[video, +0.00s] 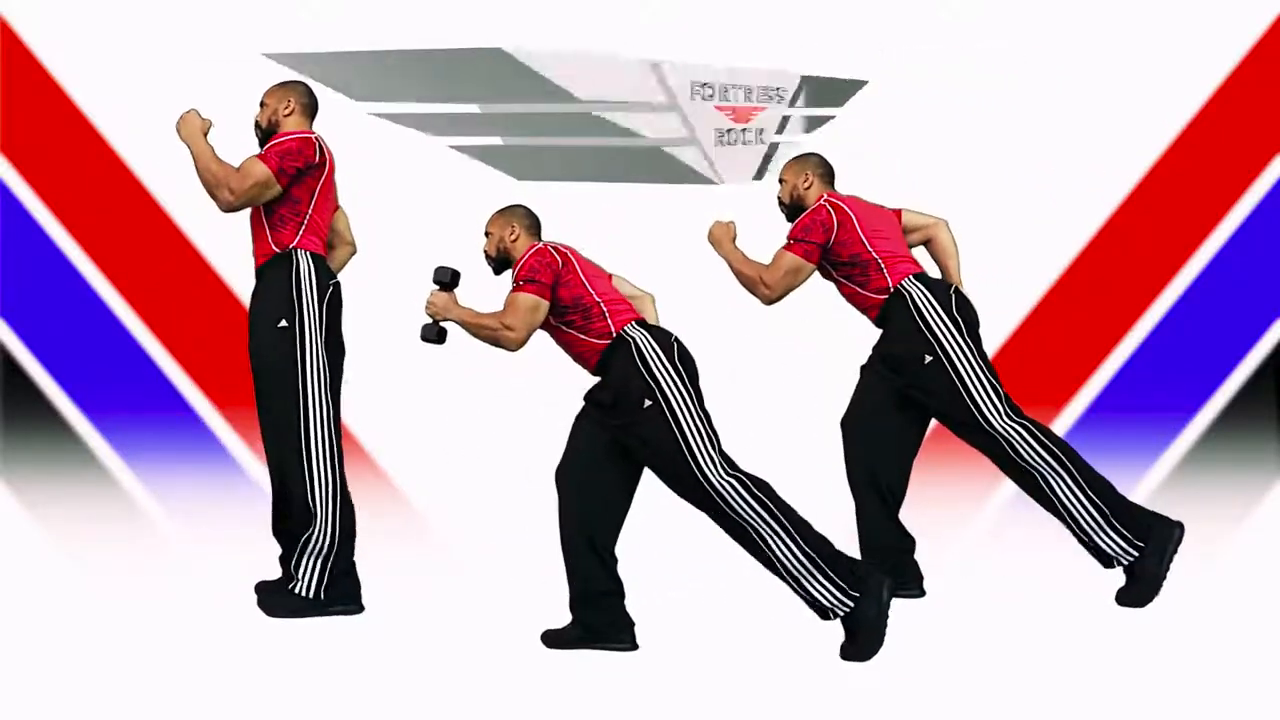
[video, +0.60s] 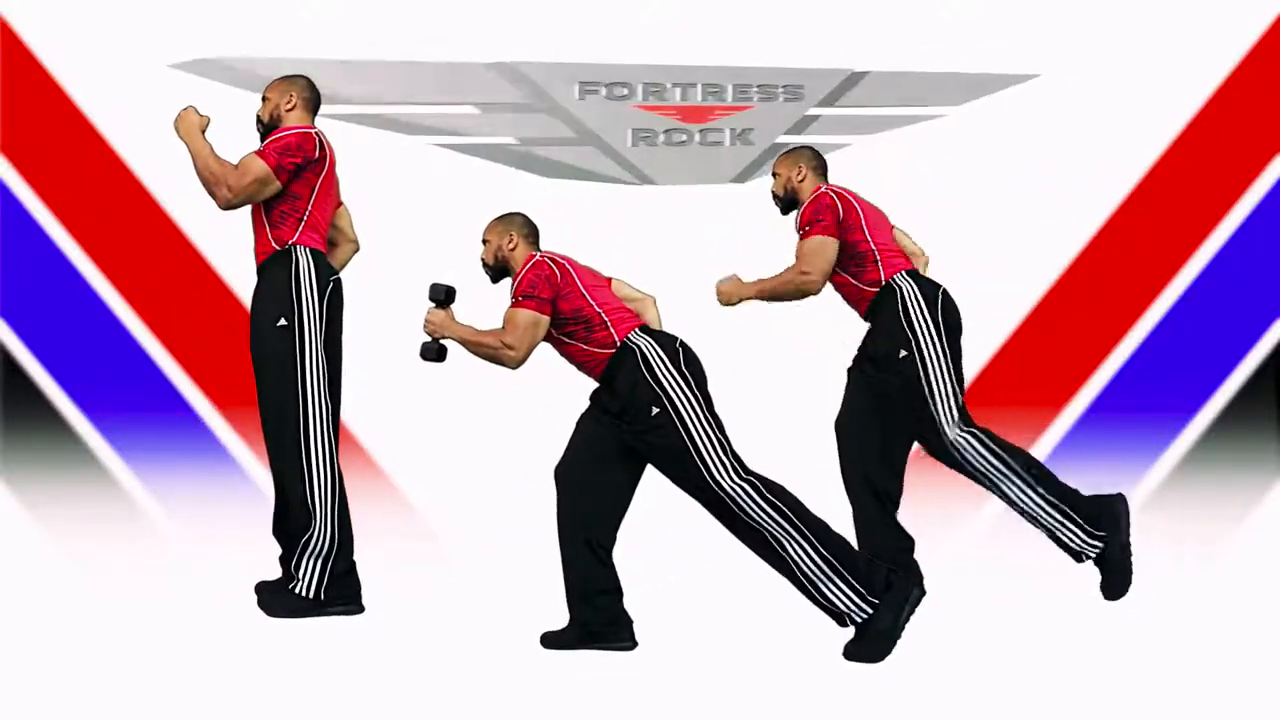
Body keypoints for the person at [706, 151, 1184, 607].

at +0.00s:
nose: (777, 192)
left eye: (784, 182)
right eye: (778, 184)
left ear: (812, 183)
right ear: (817, 186)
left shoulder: (821, 216)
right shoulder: (858, 211)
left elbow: (769, 286)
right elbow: (934, 228)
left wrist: (726, 249)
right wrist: (953, 294)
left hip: (923, 313)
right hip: (910, 323)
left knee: (1004, 433)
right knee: (866, 435)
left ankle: (1141, 537)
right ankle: (892, 566)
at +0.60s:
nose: (772, 186)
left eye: (777, 176)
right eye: (771, 178)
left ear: (803, 173)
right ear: (810, 175)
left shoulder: (822, 203)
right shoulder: (847, 206)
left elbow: (808, 277)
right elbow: (914, 253)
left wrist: (747, 289)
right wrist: (908, 314)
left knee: (949, 433)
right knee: (860, 438)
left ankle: (1092, 526)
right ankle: (890, 575)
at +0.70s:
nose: (775, 178)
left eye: (779, 168)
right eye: (774, 171)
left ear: (804, 163)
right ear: (806, 165)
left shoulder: (830, 188)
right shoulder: (831, 207)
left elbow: (858, 252)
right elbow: (874, 285)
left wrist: (803, 304)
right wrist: (828, 319)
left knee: (885, 423)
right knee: (860, 432)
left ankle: (1008, 508)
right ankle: (890, 570)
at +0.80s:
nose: (781, 167)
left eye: (785, 157)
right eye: (780, 160)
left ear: (810, 152)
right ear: (812, 155)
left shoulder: (842, 176)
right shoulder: (830, 212)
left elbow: (892, 221)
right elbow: (840, 287)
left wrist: (877, 295)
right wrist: (780, 284)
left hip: (904, 286)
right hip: (899, 299)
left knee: (815, 371)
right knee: (881, 430)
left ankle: (882, 491)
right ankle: (892, 573)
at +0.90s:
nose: (784, 159)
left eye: (789, 148)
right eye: (785, 151)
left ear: (814, 145)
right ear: (814, 149)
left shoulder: (848, 165)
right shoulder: (835, 206)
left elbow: (913, 195)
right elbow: (803, 270)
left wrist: (935, 269)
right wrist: (750, 241)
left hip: (900, 271)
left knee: (788, 317)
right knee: (884, 442)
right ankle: (897, 571)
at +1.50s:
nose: (790, 155)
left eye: (794, 145)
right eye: (790, 148)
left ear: (818, 140)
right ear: (820, 144)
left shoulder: (851, 162)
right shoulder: (838, 201)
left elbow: (919, 195)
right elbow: (805, 270)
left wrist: (939, 272)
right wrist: (751, 242)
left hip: (898, 273)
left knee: (781, 317)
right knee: (869, 436)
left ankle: (801, 448)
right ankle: (890, 569)